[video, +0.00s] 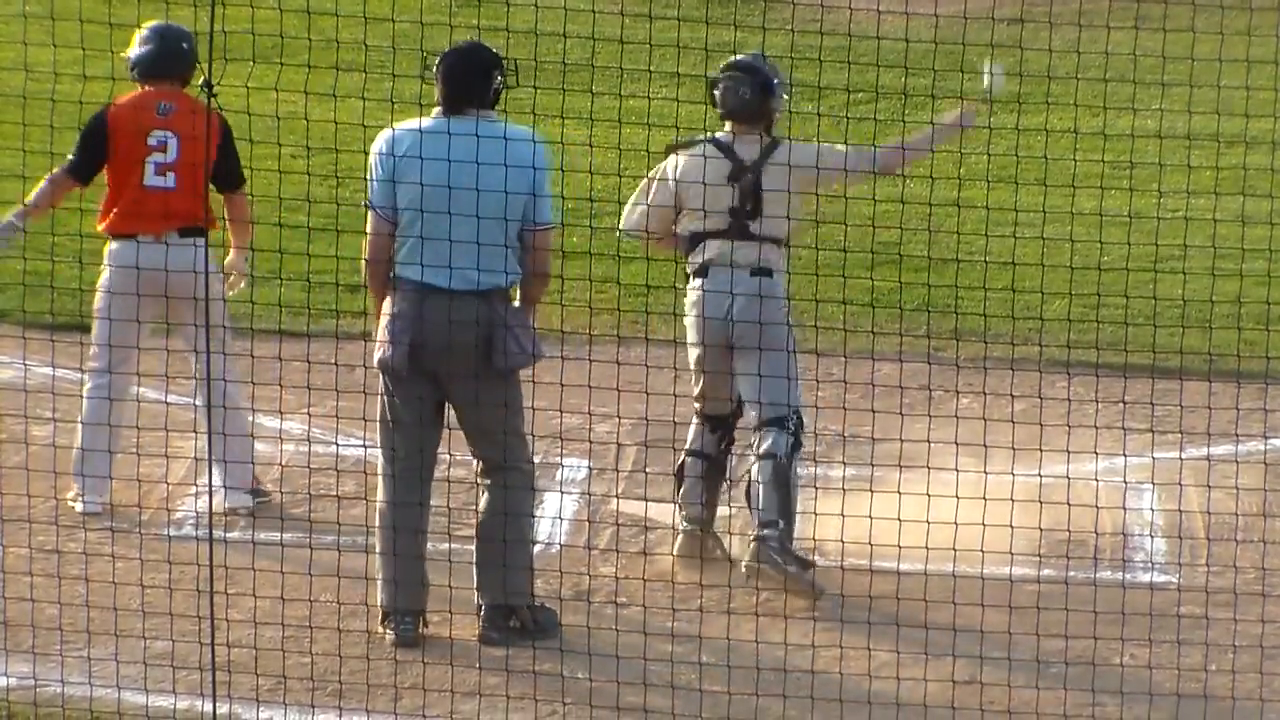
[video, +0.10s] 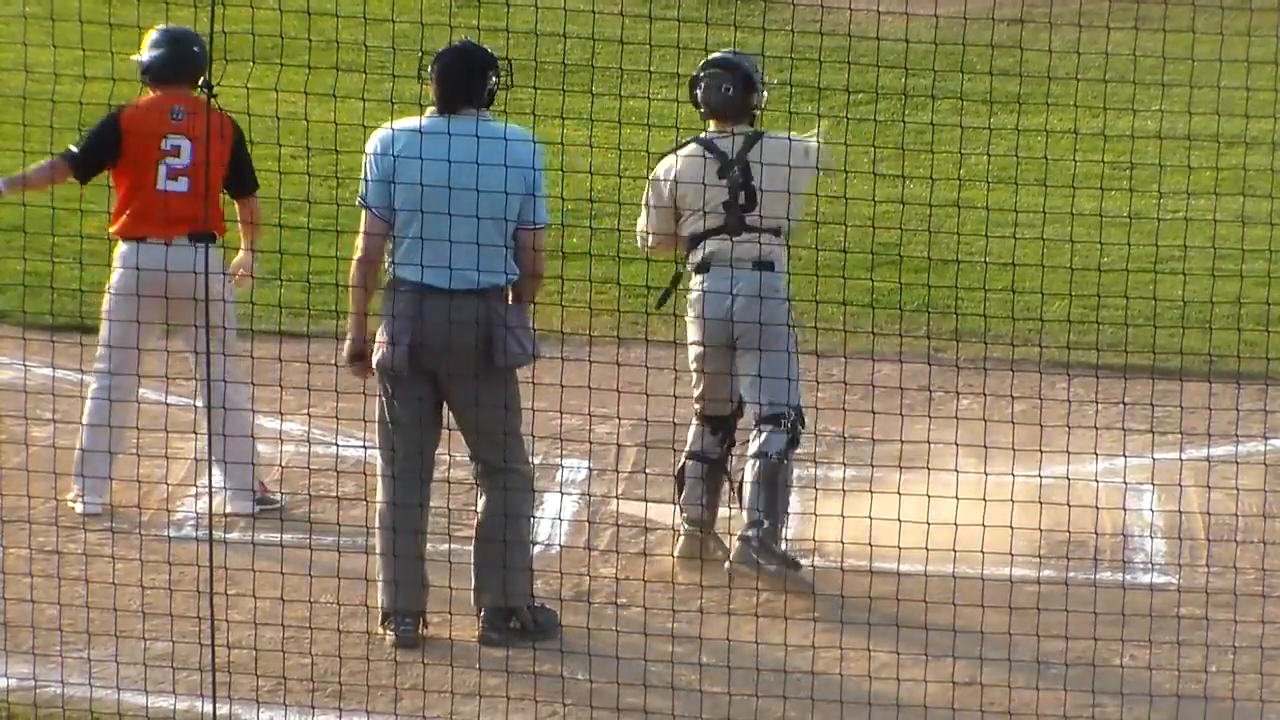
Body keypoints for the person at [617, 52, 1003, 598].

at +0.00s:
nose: (778, 107)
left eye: (773, 99)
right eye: (776, 100)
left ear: (721, 106)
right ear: (771, 107)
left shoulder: (685, 161)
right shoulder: (791, 158)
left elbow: (645, 229)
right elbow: (883, 161)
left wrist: (693, 241)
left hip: (706, 291)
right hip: (764, 293)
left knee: (712, 415)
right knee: (777, 418)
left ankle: (693, 528)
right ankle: (772, 540)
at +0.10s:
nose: (757, 101)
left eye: (708, 95)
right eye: (754, 94)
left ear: (700, 102)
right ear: (754, 101)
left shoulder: (675, 165)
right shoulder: (788, 154)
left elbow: (655, 242)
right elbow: (817, 147)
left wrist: (706, 233)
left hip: (706, 288)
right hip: (764, 290)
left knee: (713, 414)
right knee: (777, 415)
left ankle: (694, 529)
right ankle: (760, 536)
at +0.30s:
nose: (732, 102)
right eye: (735, 93)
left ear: (685, 99)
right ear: (738, 98)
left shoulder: (665, 164)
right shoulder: (765, 150)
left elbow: (657, 246)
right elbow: (725, 204)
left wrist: (633, 203)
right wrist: (644, 193)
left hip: (706, 286)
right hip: (768, 284)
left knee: (709, 412)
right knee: (777, 410)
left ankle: (693, 528)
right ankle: (766, 520)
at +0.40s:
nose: (738, 97)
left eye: (692, 88)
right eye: (736, 90)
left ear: (683, 93)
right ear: (735, 94)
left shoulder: (657, 162)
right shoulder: (762, 146)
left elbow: (653, 247)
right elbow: (752, 219)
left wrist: (677, 286)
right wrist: (687, 275)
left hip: (702, 285)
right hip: (762, 281)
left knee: (705, 410)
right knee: (780, 406)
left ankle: (692, 526)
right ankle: (767, 518)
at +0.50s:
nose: (739, 94)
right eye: (737, 87)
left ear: (683, 90)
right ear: (735, 92)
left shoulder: (654, 158)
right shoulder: (762, 147)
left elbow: (640, 249)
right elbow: (769, 221)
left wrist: (643, 318)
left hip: (696, 291)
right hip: (758, 286)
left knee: (701, 410)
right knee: (780, 409)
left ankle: (691, 526)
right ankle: (757, 523)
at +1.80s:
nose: (743, 122)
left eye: (738, 114)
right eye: (743, 114)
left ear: (686, 109)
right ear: (738, 117)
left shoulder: (639, 163)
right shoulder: (746, 173)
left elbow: (623, 250)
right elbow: (755, 241)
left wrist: (608, 325)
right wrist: (743, 163)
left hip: (650, 311)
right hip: (711, 314)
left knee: (641, 434)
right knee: (713, 439)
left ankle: (626, 562)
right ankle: (712, 562)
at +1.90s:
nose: (728, 124)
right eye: (729, 116)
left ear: (670, 111)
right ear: (723, 119)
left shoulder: (626, 164)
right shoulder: (735, 175)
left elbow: (606, 250)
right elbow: (745, 237)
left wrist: (598, 332)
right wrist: (724, 162)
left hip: (638, 315)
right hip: (701, 319)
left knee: (635, 439)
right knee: (708, 440)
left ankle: (627, 568)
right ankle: (714, 564)